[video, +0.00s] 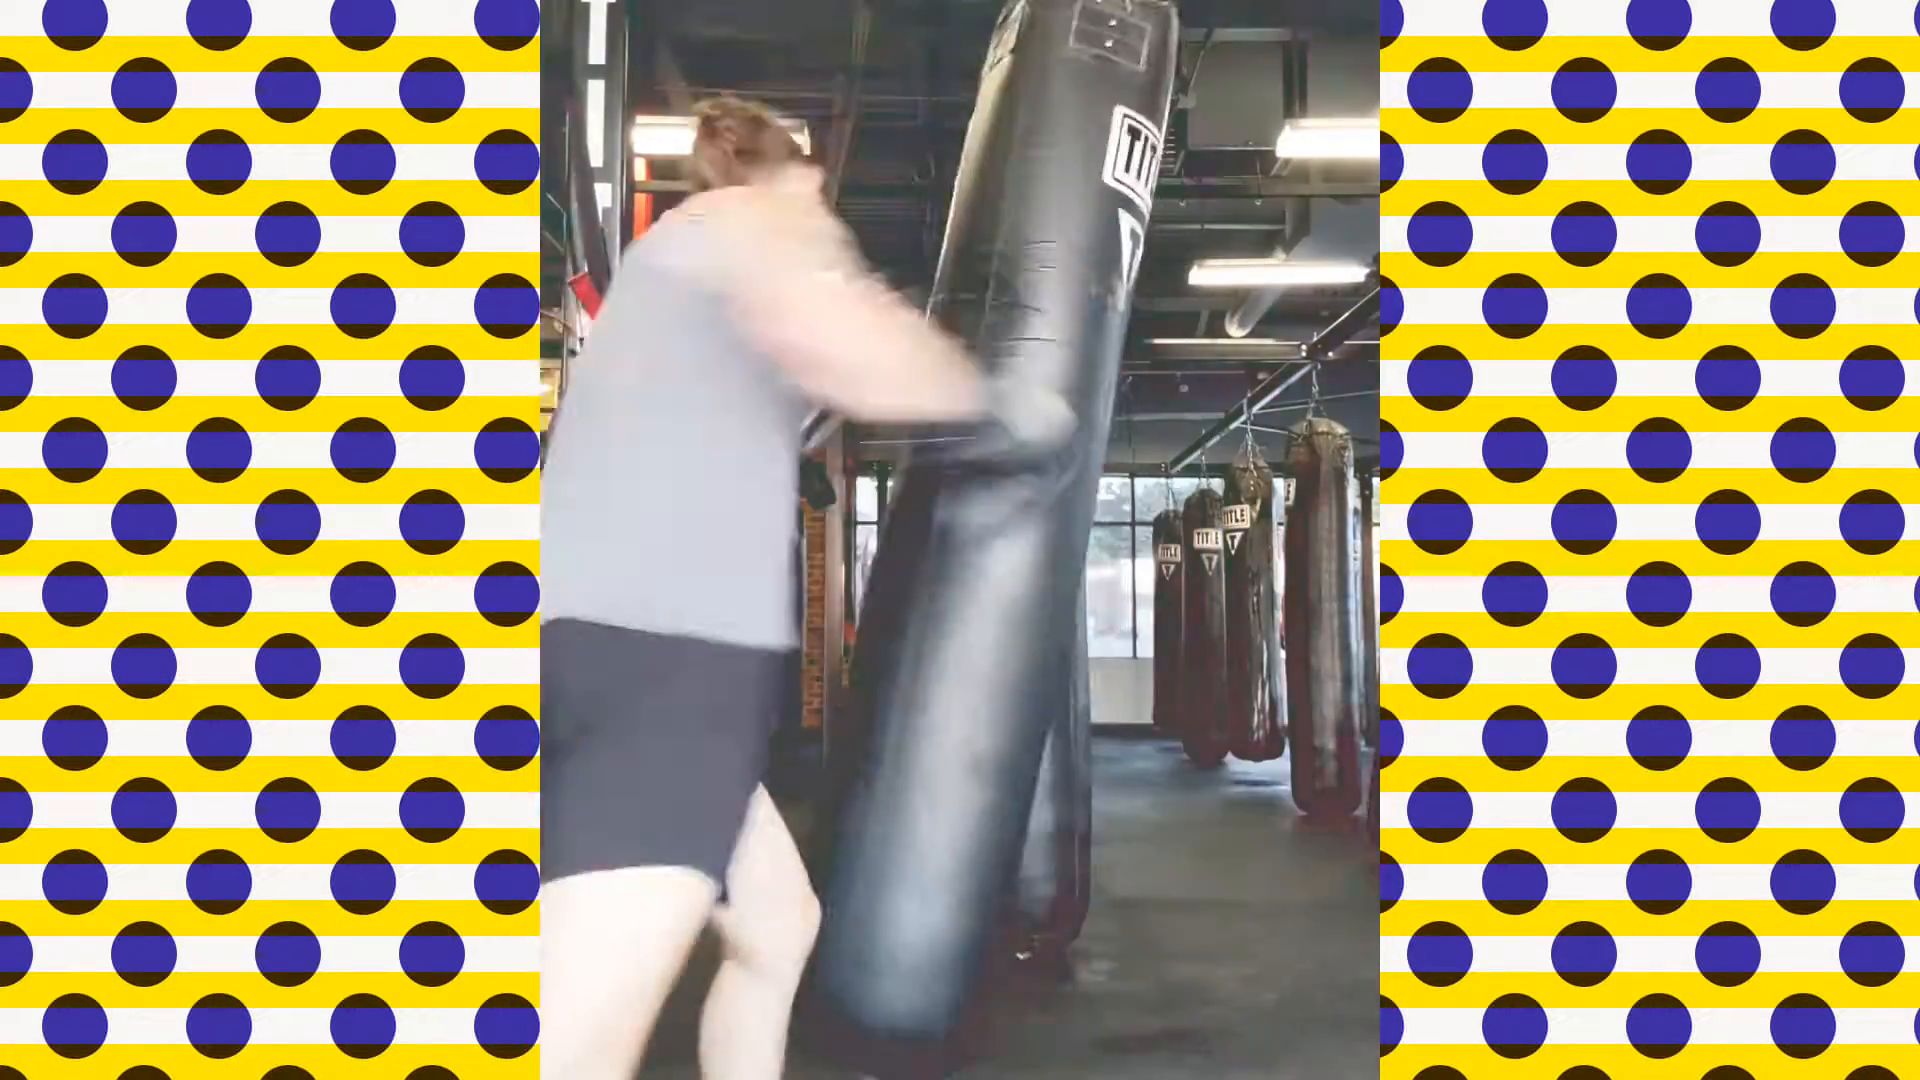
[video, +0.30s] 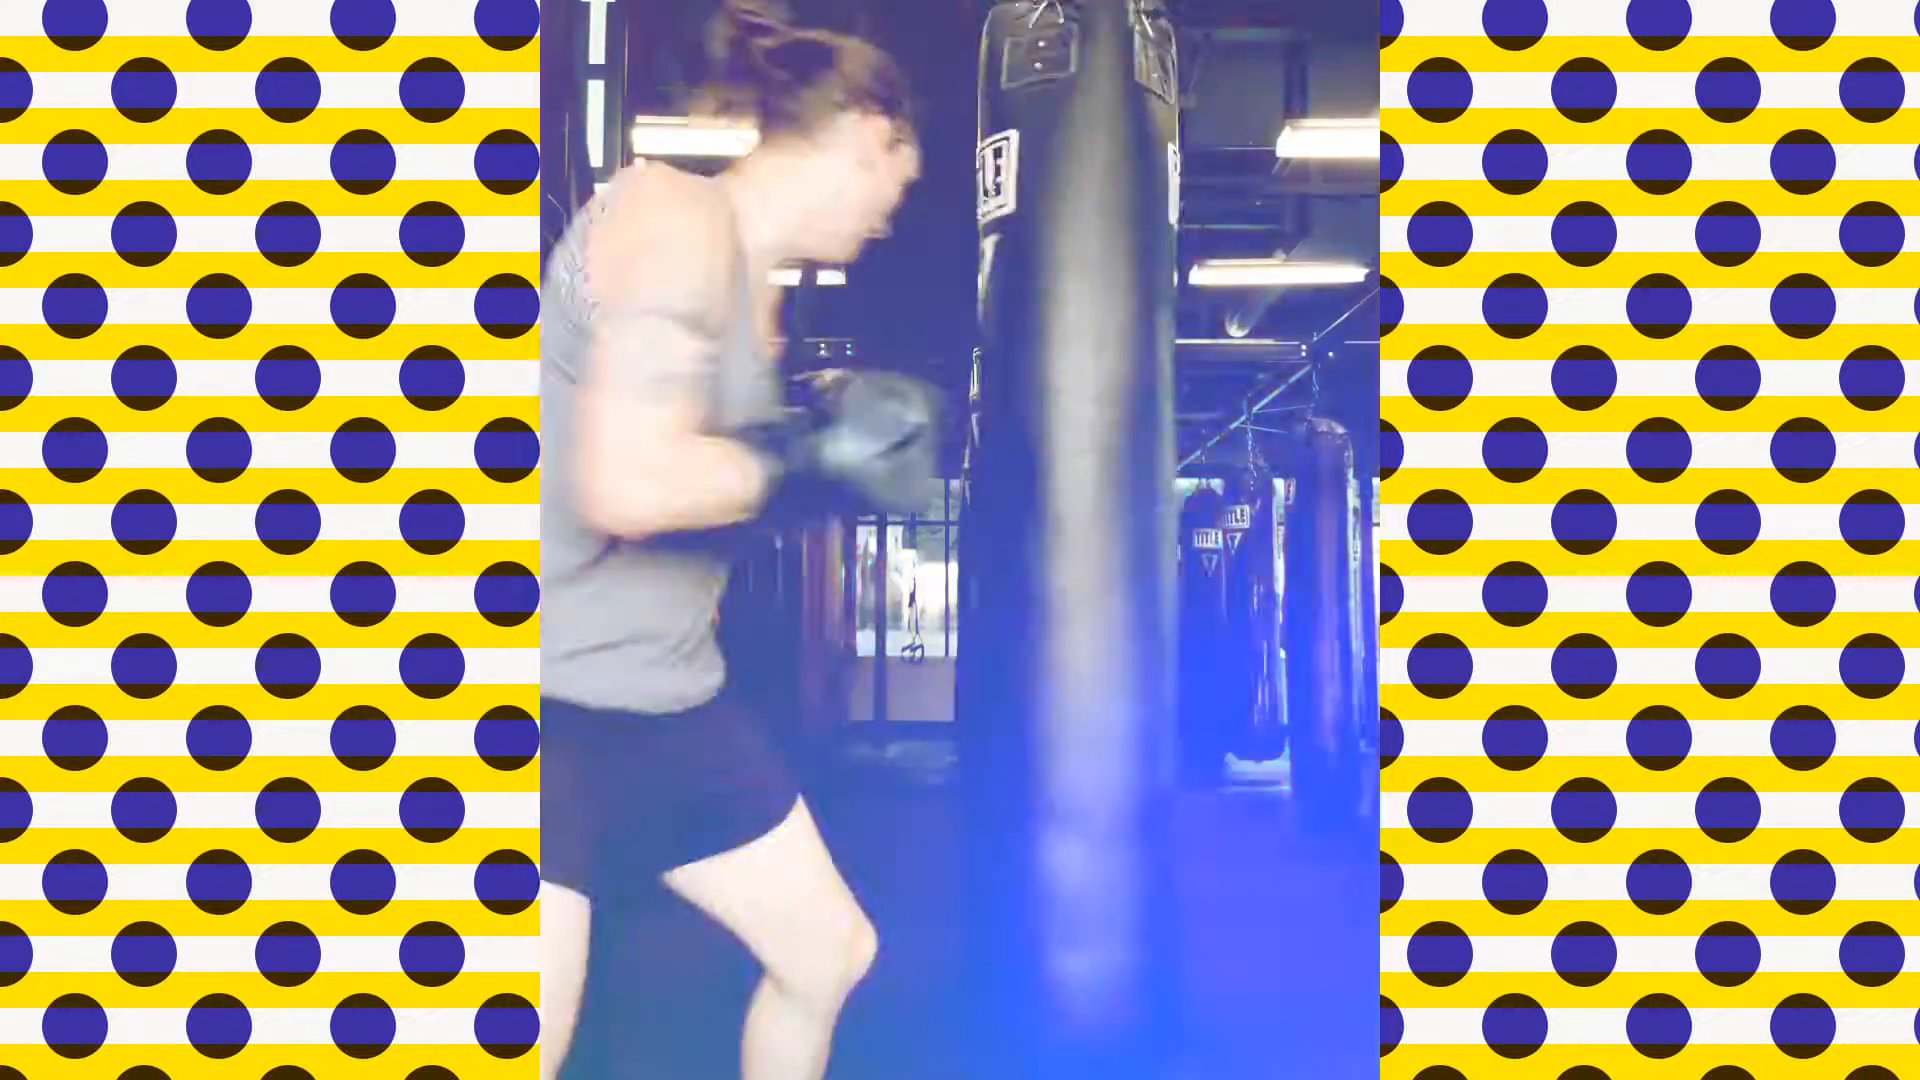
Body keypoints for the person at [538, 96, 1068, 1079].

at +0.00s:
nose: (824, 210)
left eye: (821, 195)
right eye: (817, 192)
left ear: (716, 170)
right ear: (788, 171)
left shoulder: (666, 257)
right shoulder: (744, 228)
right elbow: (872, 361)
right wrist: (993, 394)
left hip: (618, 658)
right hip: (662, 662)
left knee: (775, 924)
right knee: (582, 1038)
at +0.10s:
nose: (846, 206)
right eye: (831, 189)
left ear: (714, 176)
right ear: (797, 174)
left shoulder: (605, 292)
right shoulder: (793, 203)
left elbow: (493, 406)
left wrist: (560, 511)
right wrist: (1017, 395)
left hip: (589, 622)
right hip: (663, 613)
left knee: (791, 928)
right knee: (581, 1039)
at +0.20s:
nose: (834, 234)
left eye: (846, 206)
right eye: (842, 194)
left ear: (754, 137)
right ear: (805, 144)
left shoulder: (654, 211)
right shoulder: (707, 201)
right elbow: (809, 449)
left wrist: (873, 437)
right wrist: (894, 445)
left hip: (627, 684)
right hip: (581, 682)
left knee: (779, 942)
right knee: (564, 1041)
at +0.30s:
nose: (892, 215)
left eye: (901, 192)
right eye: (899, 183)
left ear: (838, 136)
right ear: (856, 134)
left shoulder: (750, 276)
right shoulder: (663, 220)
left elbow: (713, 461)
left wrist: (824, 436)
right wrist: (809, 460)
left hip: (675, 698)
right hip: (550, 707)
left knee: (826, 952)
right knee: (530, 1030)